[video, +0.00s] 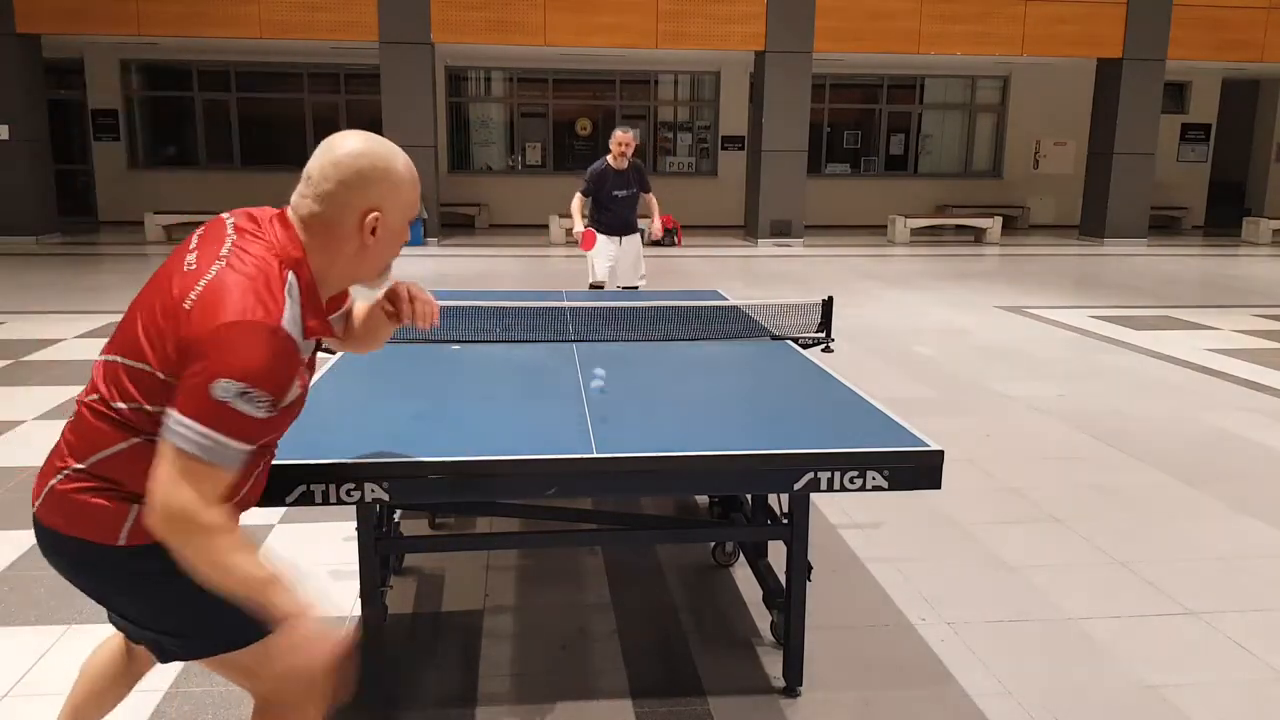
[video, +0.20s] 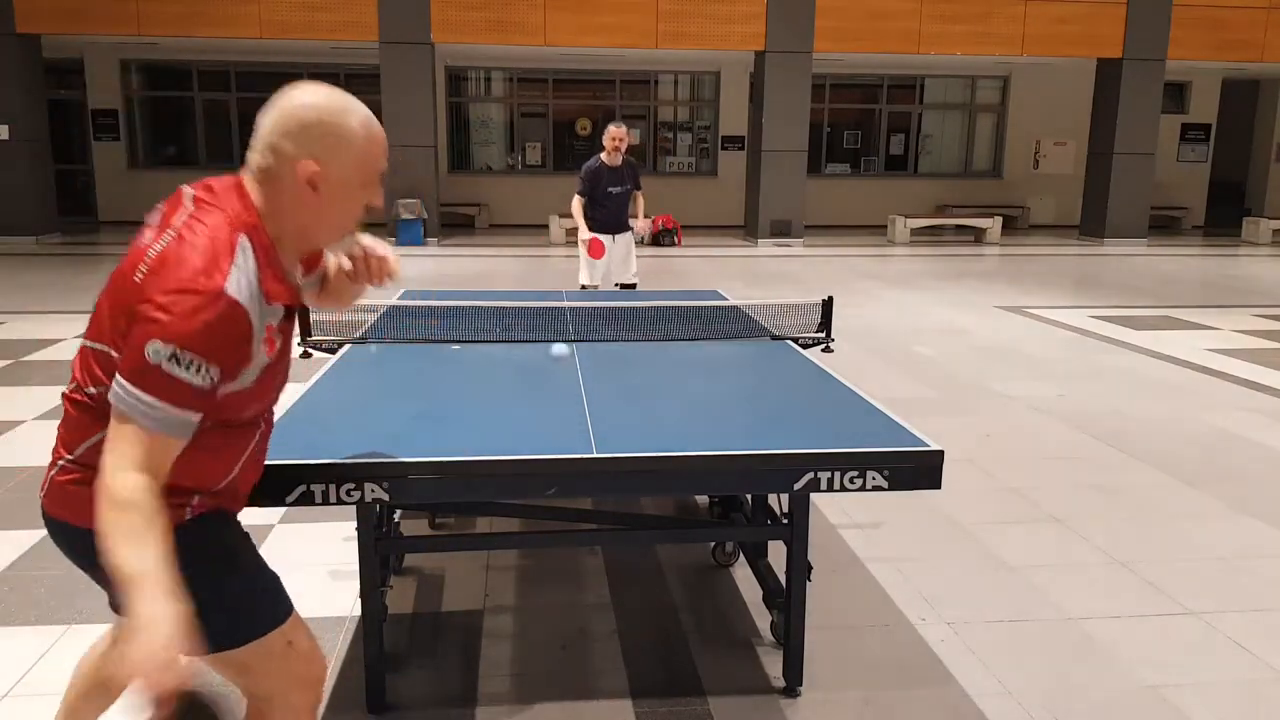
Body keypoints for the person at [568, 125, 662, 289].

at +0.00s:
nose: (623, 150)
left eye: (627, 145)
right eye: (619, 145)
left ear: (634, 146)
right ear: (610, 145)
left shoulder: (636, 168)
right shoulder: (598, 170)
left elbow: (649, 197)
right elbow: (578, 200)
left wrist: (656, 221)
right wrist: (578, 225)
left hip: (630, 237)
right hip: (601, 238)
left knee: (631, 287)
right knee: (598, 283)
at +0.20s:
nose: (617, 144)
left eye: (621, 140)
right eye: (612, 139)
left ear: (627, 142)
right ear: (604, 140)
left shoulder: (631, 166)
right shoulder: (591, 168)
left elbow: (638, 195)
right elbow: (576, 202)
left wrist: (640, 220)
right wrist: (583, 230)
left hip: (624, 236)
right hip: (595, 237)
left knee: (629, 285)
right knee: (589, 288)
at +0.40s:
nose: (619, 149)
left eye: (623, 145)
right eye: (614, 144)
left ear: (628, 147)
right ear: (605, 145)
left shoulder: (627, 170)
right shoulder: (591, 172)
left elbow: (630, 199)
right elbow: (576, 207)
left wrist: (634, 228)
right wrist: (585, 239)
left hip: (618, 236)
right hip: (591, 237)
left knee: (636, 277)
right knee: (586, 288)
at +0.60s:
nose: (631, 151)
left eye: (635, 147)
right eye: (627, 146)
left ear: (640, 149)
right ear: (617, 146)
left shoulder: (636, 171)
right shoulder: (603, 170)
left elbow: (637, 197)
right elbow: (579, 200)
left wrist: (644, 227)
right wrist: (597, 230)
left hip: (627, 238)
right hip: (599, 237)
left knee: (634, 284)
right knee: (594, 288)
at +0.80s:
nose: (643, 162)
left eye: (647, 158)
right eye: (639, 157)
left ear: (651, 159)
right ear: (629, 154)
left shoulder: (645, 177)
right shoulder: (615, 178)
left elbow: (645, 206)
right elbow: (604, 216)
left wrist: (655, 234)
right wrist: (629, 240)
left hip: (629, 237)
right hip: (605, 234)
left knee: (637, 282)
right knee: (614, 279)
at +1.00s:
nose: (650, 180)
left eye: (655, 176)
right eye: (648, 174)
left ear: (658, 174)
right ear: (636, 164)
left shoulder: (641, 183)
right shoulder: (619, 187)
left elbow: (642, 211)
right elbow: (626, 230)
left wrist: (656, 232)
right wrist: (648, 220)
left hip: (628, 238)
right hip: (606, 238)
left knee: (636, 284)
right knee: (626, 284)